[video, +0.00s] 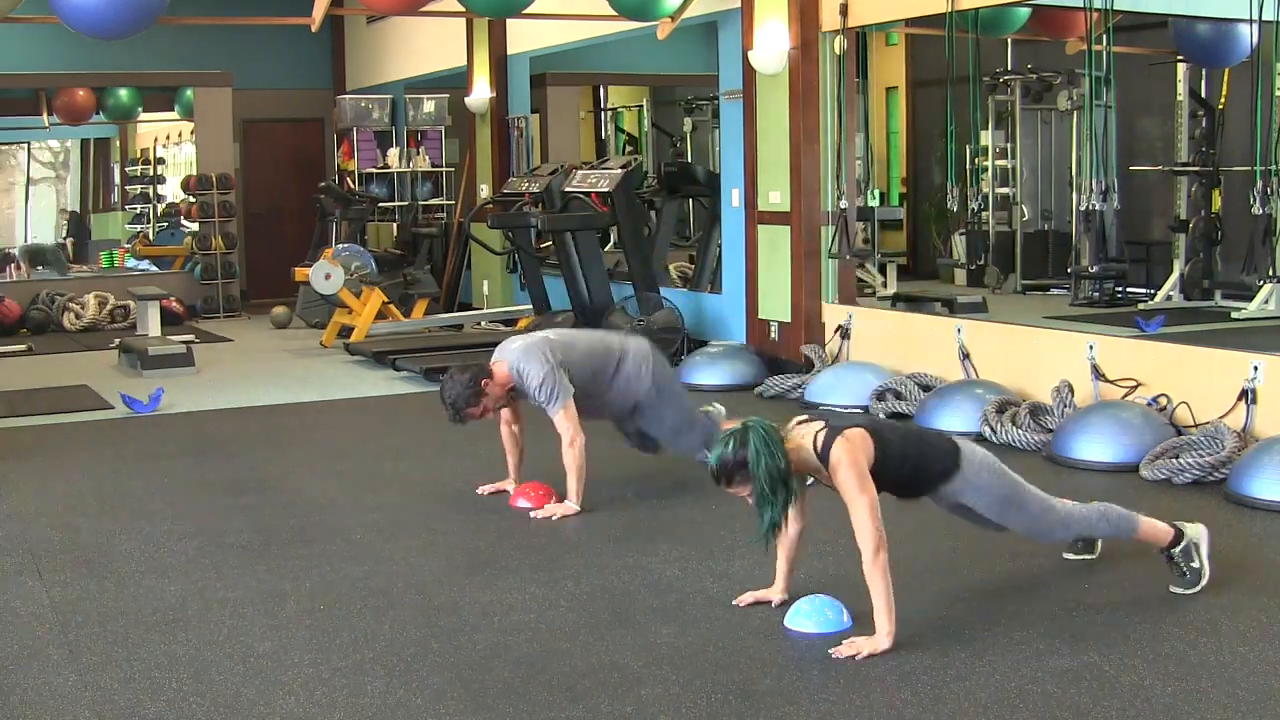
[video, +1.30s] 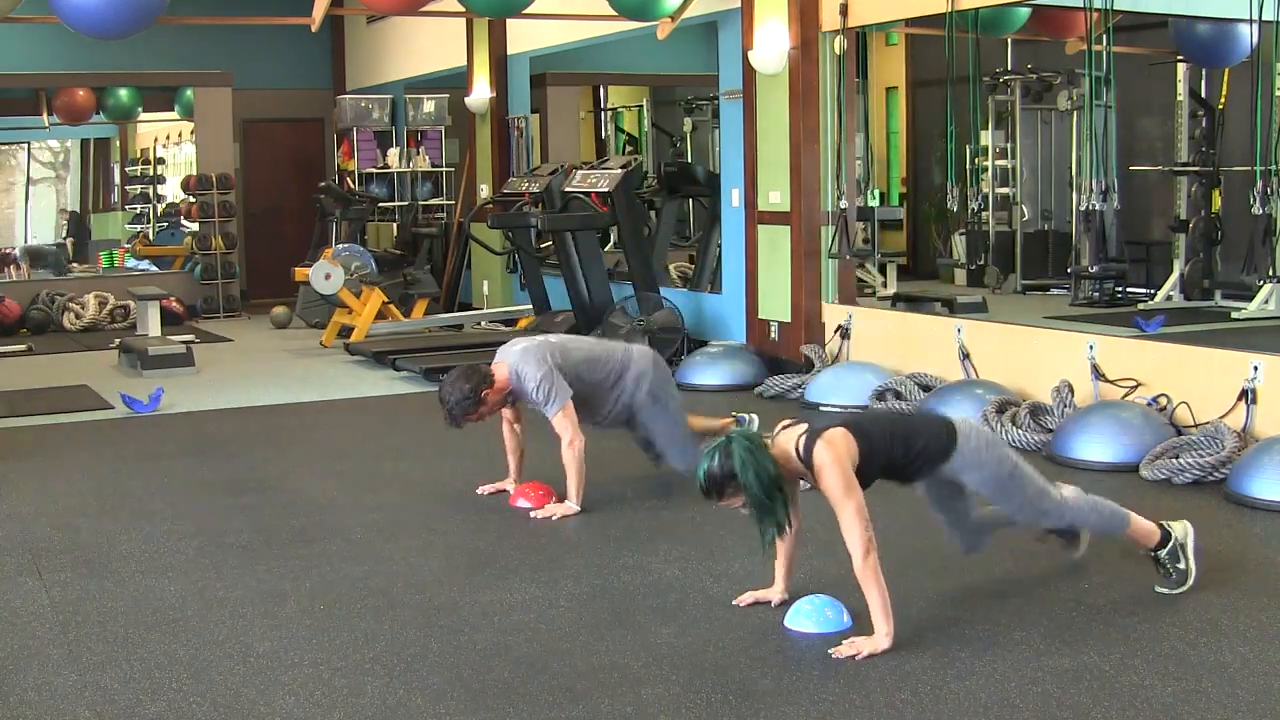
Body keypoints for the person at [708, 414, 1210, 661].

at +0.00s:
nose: (743, 500)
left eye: (742, 492)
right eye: (736, 493)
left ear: (760, 471)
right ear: (759, 454)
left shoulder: (842, 453)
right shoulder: (784, 446)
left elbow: (875, 550)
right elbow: (790, 519)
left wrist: (885, 634)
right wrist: (780, 588)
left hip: (960, 466)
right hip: (929, 475)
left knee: (1061, 519)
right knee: (1010, 514)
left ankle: (1177, 537)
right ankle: (1078, 531)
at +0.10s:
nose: (739, 502)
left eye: (737, 494)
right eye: (731, 496)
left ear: (754, 472)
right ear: (750, 456)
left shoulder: (835, 450)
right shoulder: (775, 443)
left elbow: (870, 546)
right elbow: (783, 519)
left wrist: (883, 632)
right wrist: (779, 588)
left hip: (948, 440)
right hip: (924, 441)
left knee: (1021, 538)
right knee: (1005, 495)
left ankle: (1148, 532)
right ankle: (1080, 514)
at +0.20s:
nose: (741, 502)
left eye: (738, 494)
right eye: (733, 498)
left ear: (755, 472)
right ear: (749, 456)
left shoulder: (835, 446)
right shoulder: (774, 441)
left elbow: (870, 543)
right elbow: (780, 517)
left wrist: (883, 633)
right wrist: (778, 585)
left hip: (938, 420)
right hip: (913, 400)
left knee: (962, 554)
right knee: (989, 478)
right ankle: (1069, 520)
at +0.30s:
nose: (739, 506)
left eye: (737, 498)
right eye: (731, 501)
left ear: (754, 477)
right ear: (746, 460)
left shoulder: (838, 447)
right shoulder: (771, 441)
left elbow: (872, 545)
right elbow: (781, 518)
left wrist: (884, 634)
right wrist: (780, 587)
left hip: (929, 429)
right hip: (915, 408)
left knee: (902, 559)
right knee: (982, 481)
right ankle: (1067, 516)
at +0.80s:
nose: (735, 508)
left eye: (733, 500)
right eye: (726, 503)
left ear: (749, 478)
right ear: (735, 461)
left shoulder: (826, 452)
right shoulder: (759, 442)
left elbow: (862, 549)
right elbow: (772, 517)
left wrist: (883, 633)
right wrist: (778, 584)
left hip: (927, 436)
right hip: (903, 423)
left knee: (958, 565)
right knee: (988, 487)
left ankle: (1076, 514)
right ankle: (1067, 521)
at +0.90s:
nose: (738, 505)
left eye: (736, 497)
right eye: (730, 500)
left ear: (749, 475)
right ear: (740, 460)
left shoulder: (827, 450)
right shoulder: (764, 442)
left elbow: (864, 546)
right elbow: (774, 516)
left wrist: (881, 633)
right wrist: (778, 586)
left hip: (934, 438)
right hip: (911, 428)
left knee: (1010, 536)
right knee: (995, 490)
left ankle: (1137, 507)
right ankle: (1071, 522)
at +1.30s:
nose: (739, 507)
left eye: (735, 499)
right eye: (729, 502)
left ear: (748, 477)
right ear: (748, 461)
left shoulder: (827, 455)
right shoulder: (776, 451)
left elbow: (864, 551)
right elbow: (786, 521)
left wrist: (882, 634)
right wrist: (780, 588)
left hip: (959, 444)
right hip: (925, 458)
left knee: (1050, 504)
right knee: (968, 530)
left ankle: (1165, 538)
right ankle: (1057, 521)